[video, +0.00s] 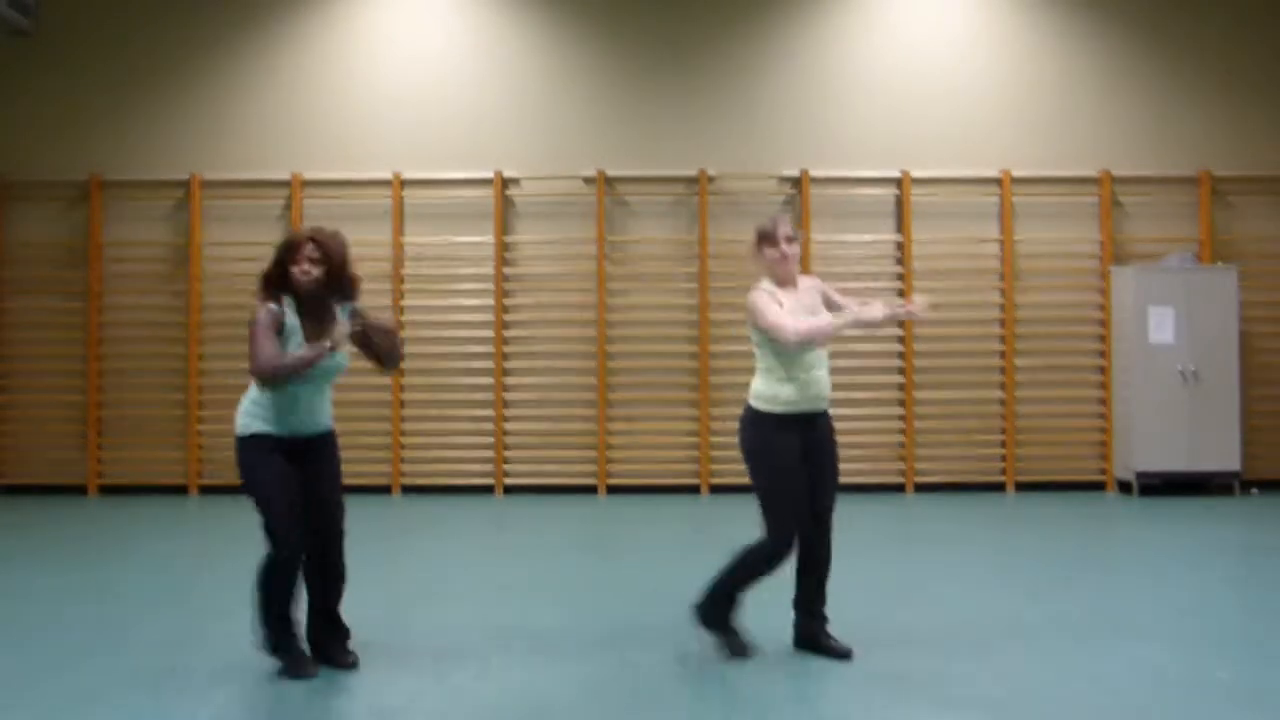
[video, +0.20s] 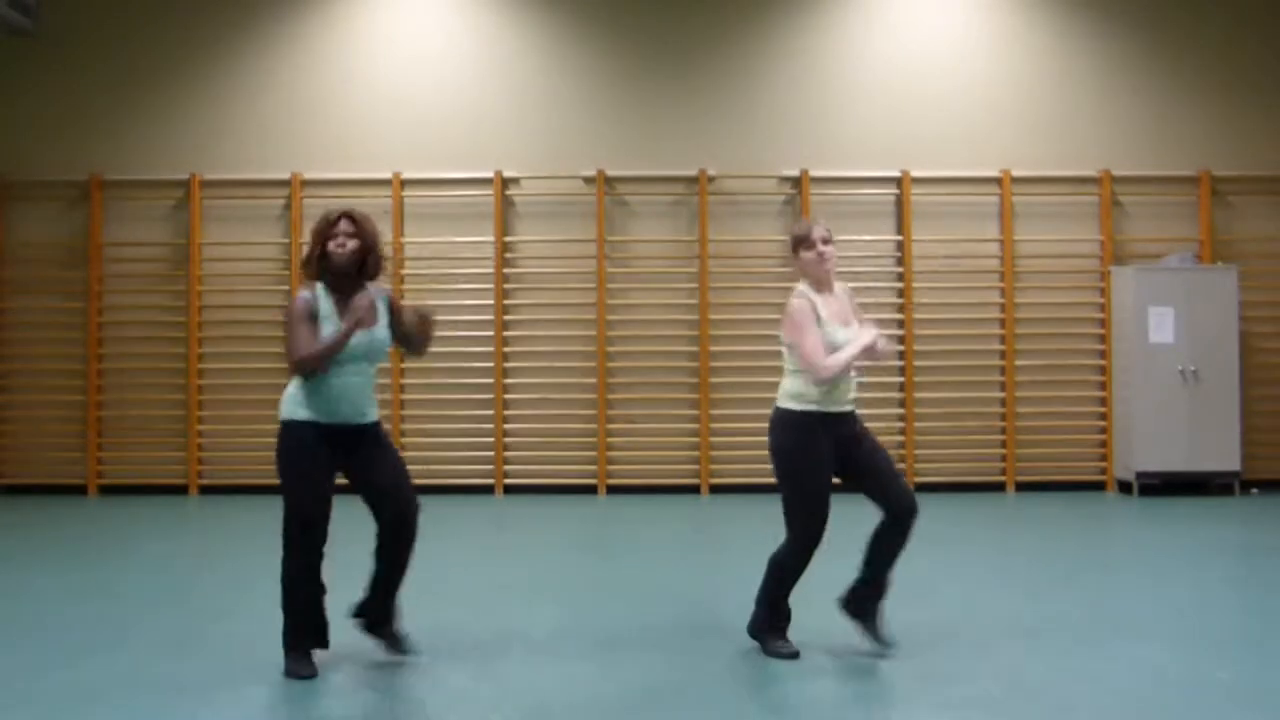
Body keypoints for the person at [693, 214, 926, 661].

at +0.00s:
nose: (785, 250)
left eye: (791, 241)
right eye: (775, 244)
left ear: (801, 246)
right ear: (761, 253)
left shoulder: (813, 288)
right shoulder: (761, 298)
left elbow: (854, 309)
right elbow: (790, 335)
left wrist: (899, 310)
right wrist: (847, 321)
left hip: (815, 423)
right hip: (769, 425)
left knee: (818, 532)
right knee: (781, 537)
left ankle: (810, 629)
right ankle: (714, 607)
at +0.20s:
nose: (821, 251)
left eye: (826, 242)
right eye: (811, 246)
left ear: (835, 249)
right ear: (797, 259)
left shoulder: (842, 295)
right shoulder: (799, 304)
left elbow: (852, 349)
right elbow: (819, 369)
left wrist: (874, 348)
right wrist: (862, 342)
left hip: (842, 424)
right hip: (800, 428)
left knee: (902, 508)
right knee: (804, 534)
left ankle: (863, 599)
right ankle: (766, 625)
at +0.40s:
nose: (858, 251)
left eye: (860, 242)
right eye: (847, 248)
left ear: (868, 244)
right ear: (833, 258)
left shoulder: (881, 275)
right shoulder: (843, 296)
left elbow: (920, 270)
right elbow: (913, 286)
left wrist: (951, 239)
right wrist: (951, 237)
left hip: (891, 422)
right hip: (845, 423)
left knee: (937, 522)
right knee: (812, 524)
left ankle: (992, 627)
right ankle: (764, 621)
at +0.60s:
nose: (896, 263)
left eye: (900, 255)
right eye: (884, 260)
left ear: (912, 260)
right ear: (872, 273)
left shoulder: (932, 292)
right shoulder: (880, 320)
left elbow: (980, 282)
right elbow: (949, 321)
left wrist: (1027, 250)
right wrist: (997, 273)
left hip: (949, 429)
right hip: (898, 437)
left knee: (978, 533)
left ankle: (983, 631)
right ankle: (826, 597)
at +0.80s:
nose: (926, 272)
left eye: (933, 265)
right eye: (915, 267)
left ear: (943, 272)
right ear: (900, 277)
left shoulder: (963, 317)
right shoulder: (886, 325)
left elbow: (996, 378)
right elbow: (861, 387)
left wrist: (996, 432)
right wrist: (910, 426)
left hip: (970, 432)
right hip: (915, 441)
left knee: (987, 537)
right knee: (942, 542)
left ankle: (987, 632)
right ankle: (944, 624)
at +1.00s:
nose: (909, 245)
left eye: (918, 240)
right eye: (901, 238)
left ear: (931, 249)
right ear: (888, 245)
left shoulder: (938, 296)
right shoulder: (876, 274)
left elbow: (900, 347)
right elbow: (821, 251)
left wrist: (845, 315)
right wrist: (803, 271)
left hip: (947, 416)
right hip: (890, 417)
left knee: (966, 520)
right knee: (872, 520)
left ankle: (989, 628)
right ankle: (860, 626)